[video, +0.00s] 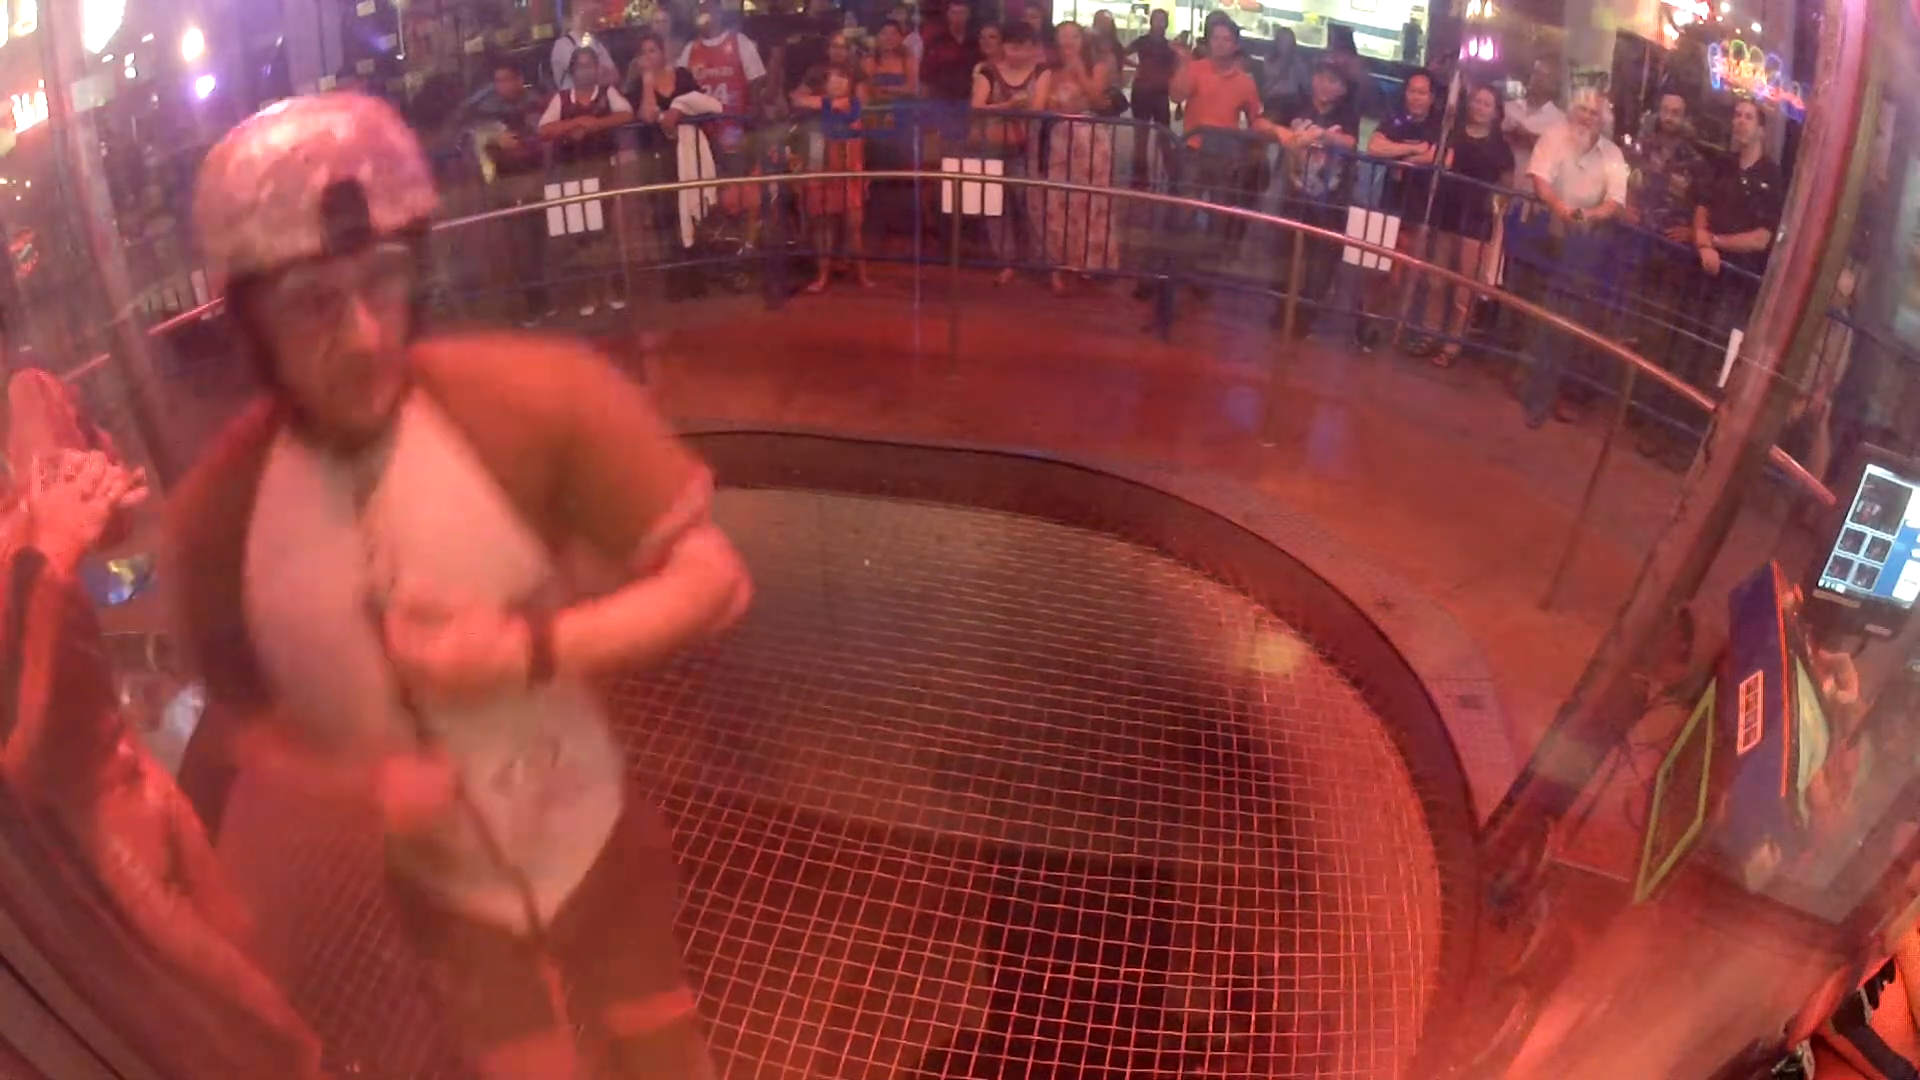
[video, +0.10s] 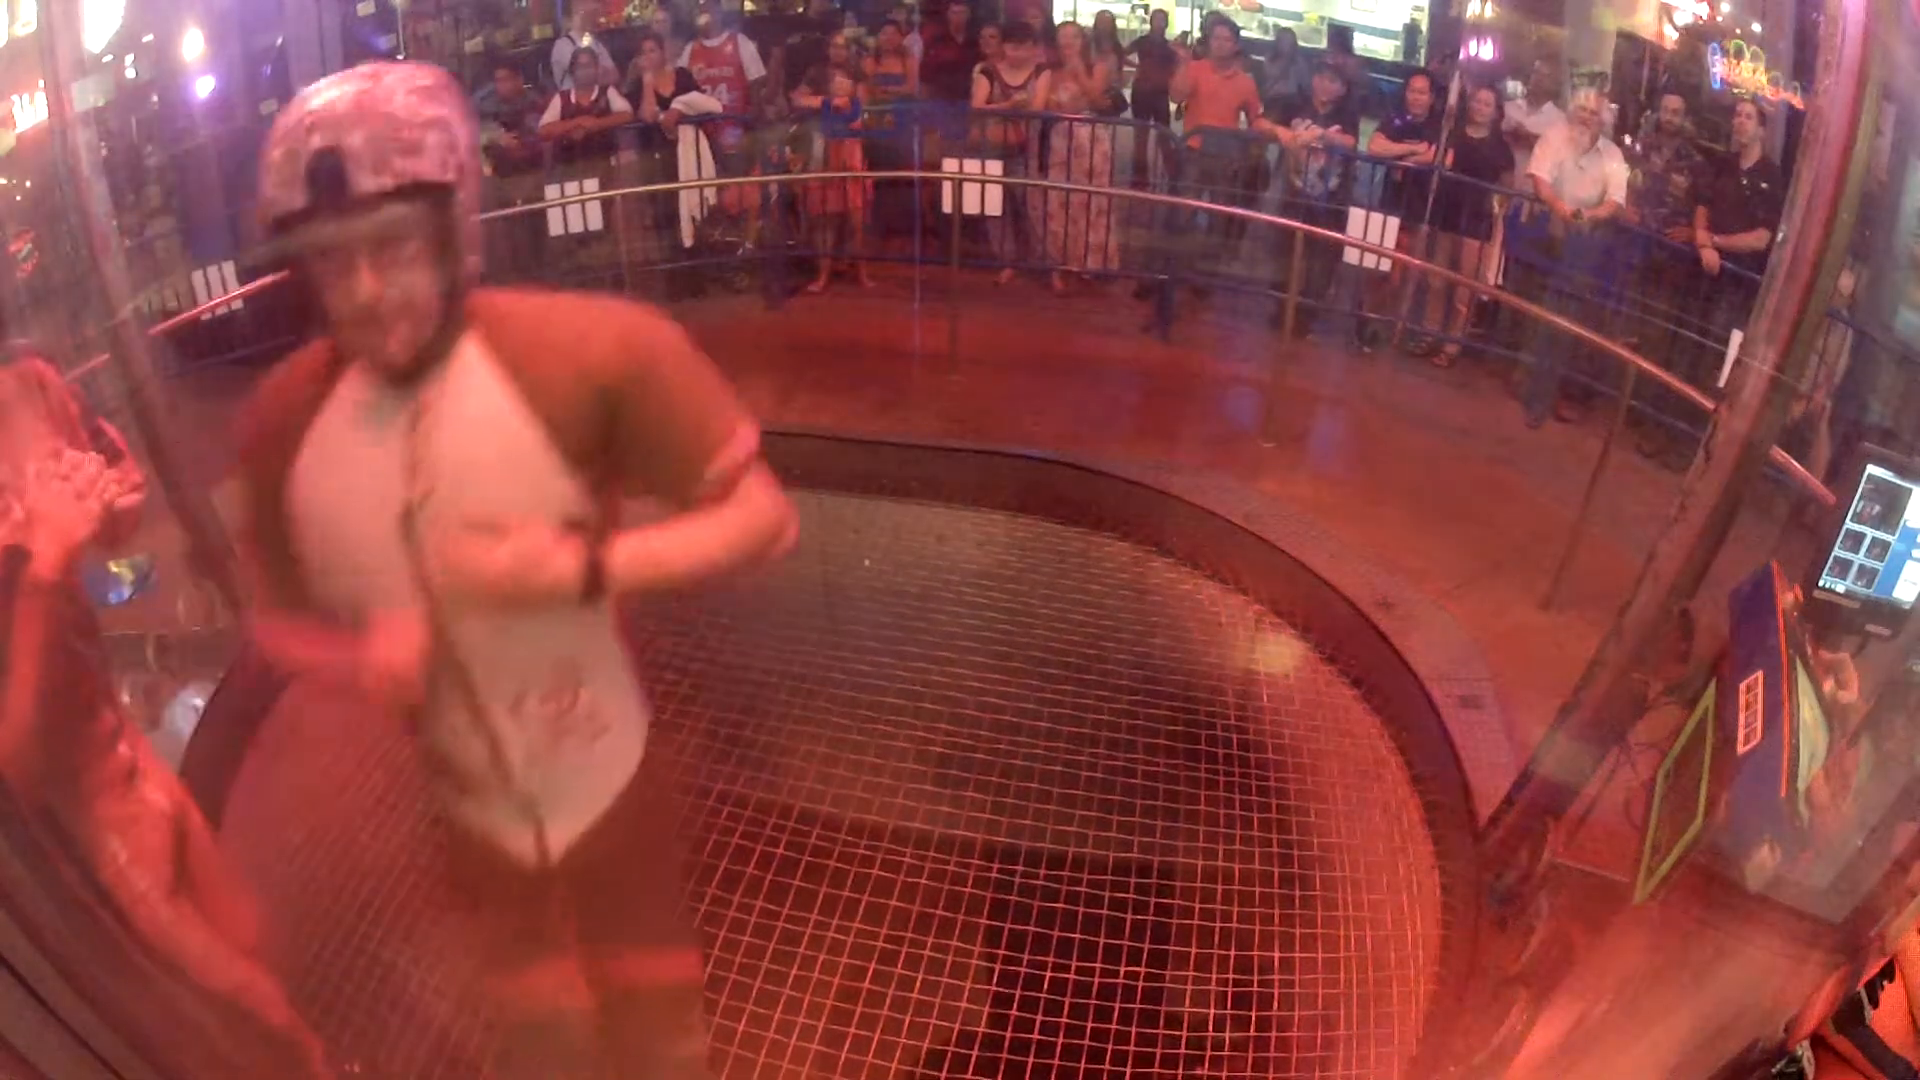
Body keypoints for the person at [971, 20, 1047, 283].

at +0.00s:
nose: (1015, 52)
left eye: (1021, 46)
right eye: (1011, 46)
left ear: (1033, 48)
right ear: (1003, 47)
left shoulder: (1041, 73)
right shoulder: (987, 71)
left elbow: (1037, 107)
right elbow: (976, 107)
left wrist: (1010, 107)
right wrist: (1009, 104)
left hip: (1026, 147)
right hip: (993, 147)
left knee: (1030, 204)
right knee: (995, 206)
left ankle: (1041, 260)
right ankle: (1005, 262)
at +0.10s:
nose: (1015, 52)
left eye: (1022, 46)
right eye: (1011, 46)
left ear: (1033, 49)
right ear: (1003, 47)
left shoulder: (1041, 73)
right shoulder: (987, 71)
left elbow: (1037, 108)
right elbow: (976, 108)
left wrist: (1011, 108)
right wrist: (1008, 105)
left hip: (1026, 148)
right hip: (992, 148)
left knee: (1030, 204)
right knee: (994, 207)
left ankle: (1043, 261)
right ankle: (1005, 261)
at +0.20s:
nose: (1019, 53)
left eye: (1025, 47)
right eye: (1014, 46)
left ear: (1034, 49)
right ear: (1004, 46)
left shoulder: (1041, 74)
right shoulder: (986, 71)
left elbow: (1037, 108)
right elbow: (977, 107)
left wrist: (1014, 106)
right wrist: (1008, 105)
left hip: (1025, 147)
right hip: (992, 147)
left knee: (1027, 202)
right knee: (994, 205)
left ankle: (1036, 258)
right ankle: (1004, 262)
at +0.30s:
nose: (1018, 53)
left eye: (1024, 47)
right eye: (1013, 46)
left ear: (1033, 49)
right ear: (1004, 47)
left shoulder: (1041, 74)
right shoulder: (987, 72)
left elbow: (1037, 108)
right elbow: (976, 108)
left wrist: (1013, 108)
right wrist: (1006, 106)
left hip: (1025, 148)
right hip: (992, 148)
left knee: (1027, 203)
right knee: (994, 206)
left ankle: (1037, 258)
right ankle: (1004, 262)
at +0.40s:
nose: (1020, 53)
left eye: (1025, 47)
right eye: (1015, 46)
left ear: (1033, 49)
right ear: (1004, 47)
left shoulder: (1041, 74)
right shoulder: (987, 72)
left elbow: (1037, 108)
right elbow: (976, 108)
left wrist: (1014, 107)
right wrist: (1006, 106)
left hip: (1025, 147)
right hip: (992, 148)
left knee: (1028, 203)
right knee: (994, 206)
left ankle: (1038, 259)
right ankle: (1005, 263)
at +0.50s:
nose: (1018, 53)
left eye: (1023, 47)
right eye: (1014, 47)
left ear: (1033, 49)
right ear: (1004, 47)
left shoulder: (1041, 74)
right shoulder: (988, 72)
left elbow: (1038, 108)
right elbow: (976, 109)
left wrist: (1016, 108)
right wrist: (1006, 107)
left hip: (1026, 147)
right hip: (993, 148)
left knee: (1030, 202)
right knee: (995, 206)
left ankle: (1038, 259)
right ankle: (1005, 263)